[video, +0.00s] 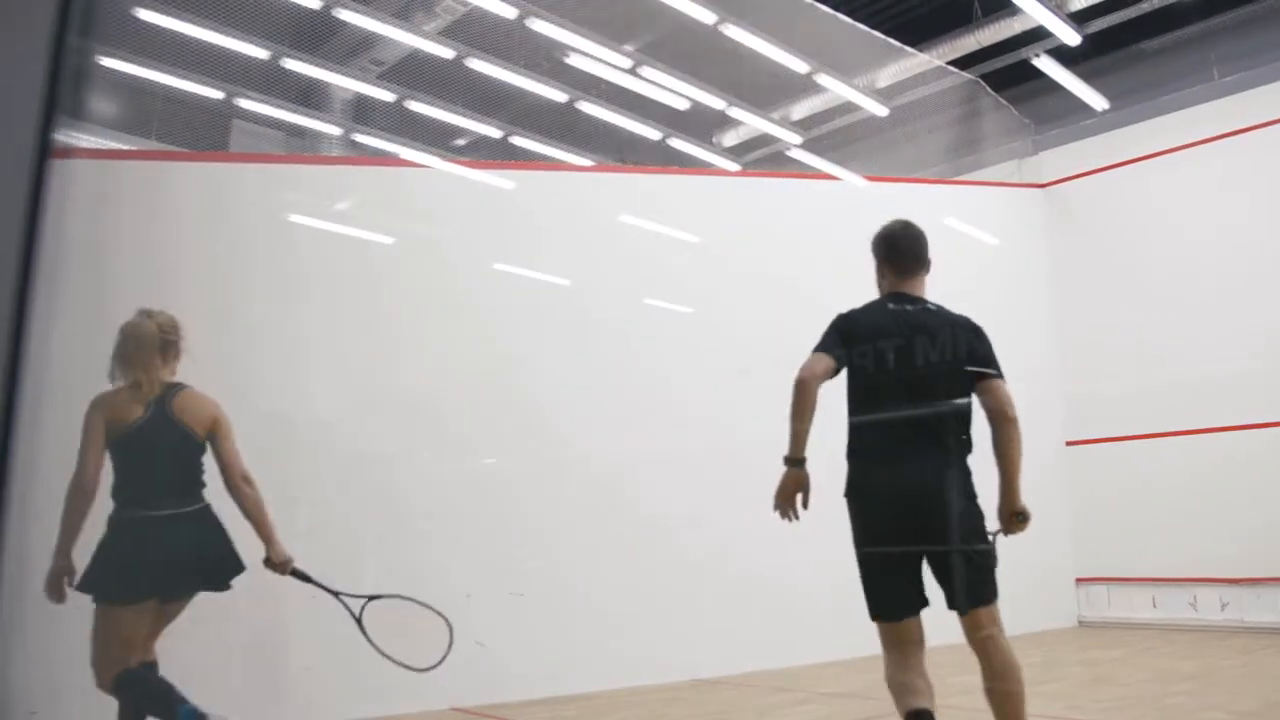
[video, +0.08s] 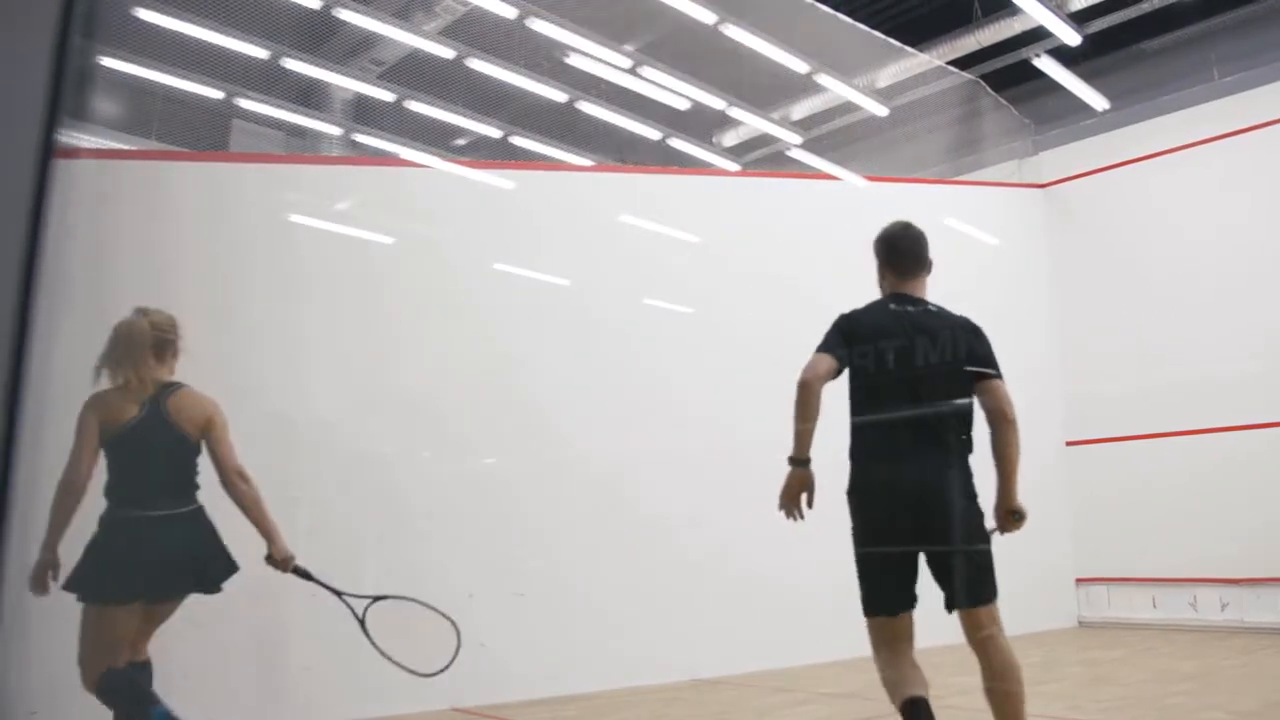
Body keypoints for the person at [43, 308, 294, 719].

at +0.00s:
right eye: (176, 355)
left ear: (123, 356)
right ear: (174, 357)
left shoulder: (107, 406)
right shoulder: (204, 408)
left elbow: (85, 484)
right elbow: (239, 480)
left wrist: (63, 555)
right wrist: (273, 543)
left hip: (135, 550)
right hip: (196, 547)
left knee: (111, 672)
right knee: (141, 653)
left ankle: (190, 715)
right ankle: (135, 719)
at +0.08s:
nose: (176, 360)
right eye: (176, 352)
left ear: (123, 352)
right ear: (174, 353)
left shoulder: (102, 406)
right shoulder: (200, 407)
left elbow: (76, 480)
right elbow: (234, 477)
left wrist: (50, 548)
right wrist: (275, 541)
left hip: (124, 550)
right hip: (186, 548)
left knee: (97, 672)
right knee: (136, 649)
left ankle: (157, 712)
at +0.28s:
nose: (178, 351)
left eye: (177, 345)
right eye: (177, 344)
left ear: (126, 349)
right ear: (171, 347)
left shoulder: (94, 403)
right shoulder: (191, 407)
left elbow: (49, 476)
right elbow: (228, 476)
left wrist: (29, 528)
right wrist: (272, 539)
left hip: (97, 549)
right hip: (164, 552)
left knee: (76, 671)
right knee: (118, 649)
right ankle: (119, 717)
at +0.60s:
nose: (181, 341)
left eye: (180, 332)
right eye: (178, 331)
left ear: (127, 334)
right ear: (163, 332)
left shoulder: (85, 390)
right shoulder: (172, 390)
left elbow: (52, 460)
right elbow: (212, 464)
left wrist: (61, 505)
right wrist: (263, 527)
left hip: (74, 536)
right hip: (140, 540)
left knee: (57, 669)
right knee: (123, 649)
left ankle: (25, 710)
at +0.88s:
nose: (194, 336)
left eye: (193, 326)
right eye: (190, 325)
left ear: (138, 329)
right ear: (170, 328)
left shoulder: (97, 381)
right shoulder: (168, 382)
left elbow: (86, 466)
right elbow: (202, 458)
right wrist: (256, 522)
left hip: (67, 535)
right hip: (129, 540)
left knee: (57, 667)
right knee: (142, 665)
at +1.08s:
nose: (211, 323)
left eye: (209, 313)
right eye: (206, 313)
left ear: (151, 318)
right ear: (187, 315)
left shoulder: (113, 371)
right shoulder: (179, 369)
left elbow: (103, 463)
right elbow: (201, 446)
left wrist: (169, 494)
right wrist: (251, 511)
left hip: (80, 529)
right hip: (140, 534)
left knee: (64, 669)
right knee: (173, 679)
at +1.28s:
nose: (236, 306)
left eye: (235, 295)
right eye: (231, 295)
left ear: (181, 298)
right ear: (209, 296)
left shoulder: (142, 355)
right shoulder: (199, 348)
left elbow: (145, 457)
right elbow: (198, 427)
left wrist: (208, 492)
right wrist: (247, 499)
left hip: (121, 515)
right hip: (174, 519)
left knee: (106, 660)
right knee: (197, 681)